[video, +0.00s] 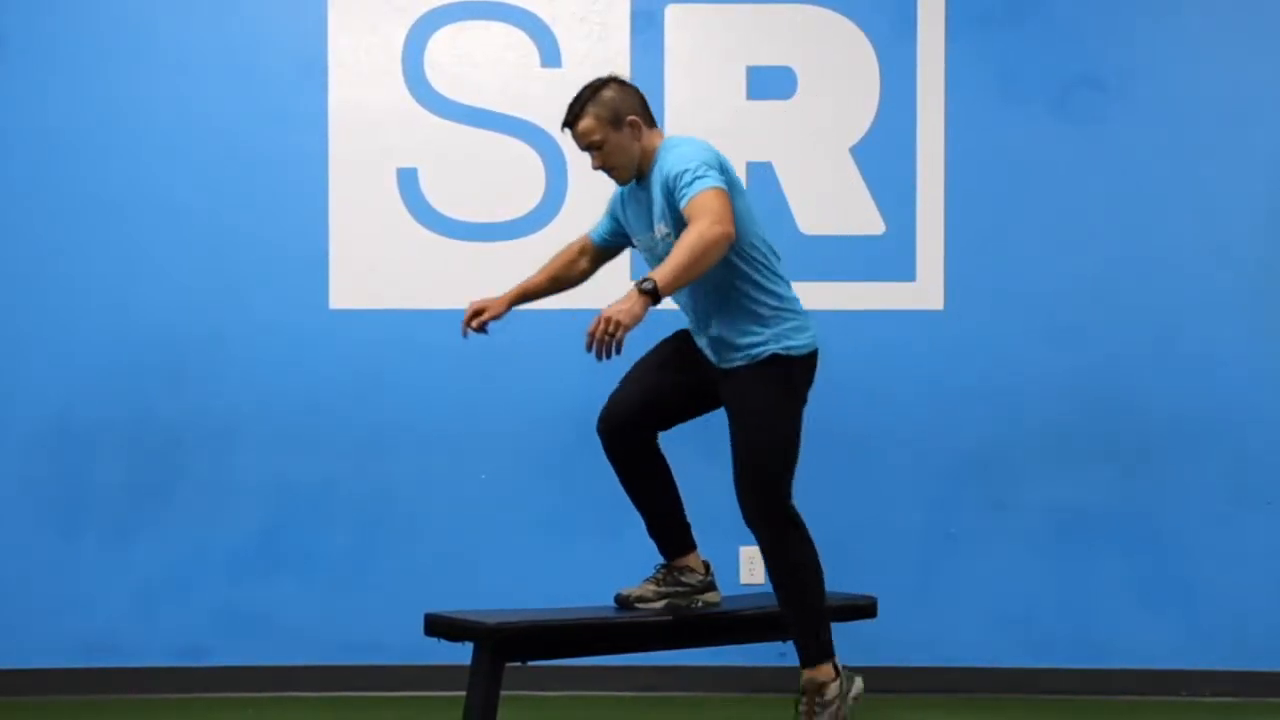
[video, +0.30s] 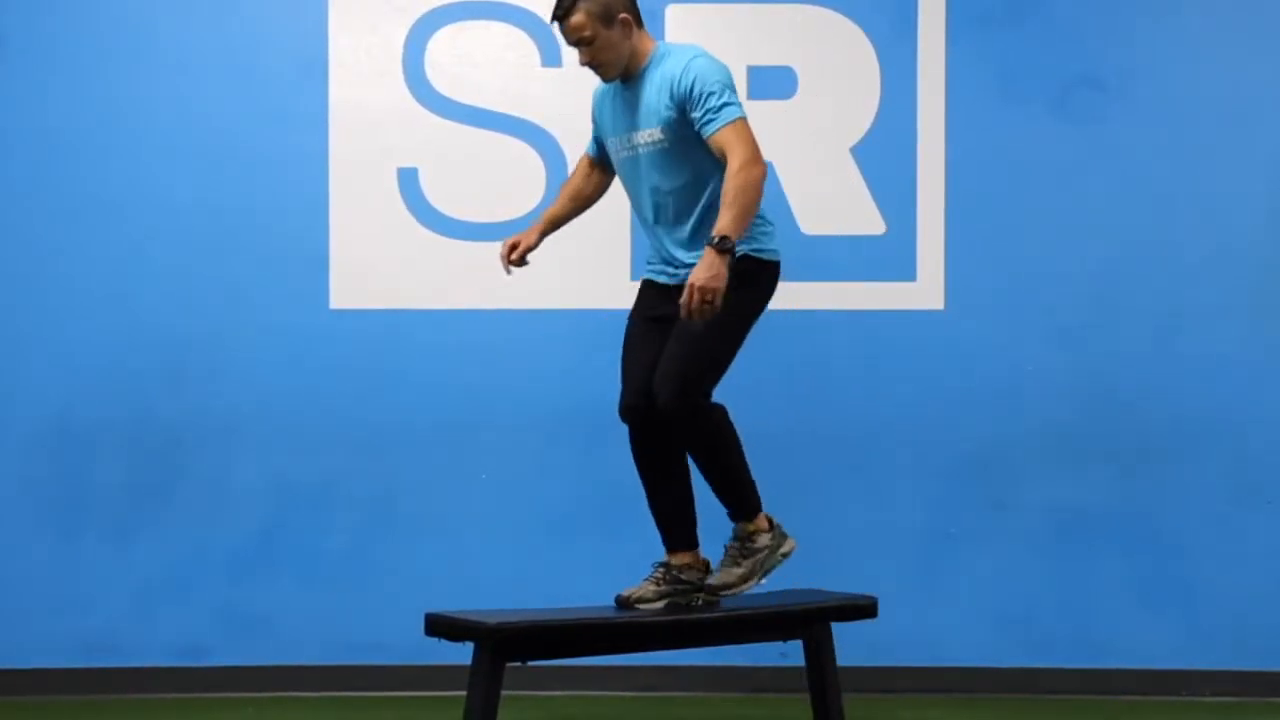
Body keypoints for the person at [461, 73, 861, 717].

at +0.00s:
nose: (592, 162)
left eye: (595, 146)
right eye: (585, 151)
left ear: (634, 126)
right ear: (622, 135)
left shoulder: (688, 162)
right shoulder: (631, 194)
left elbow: (715, 230)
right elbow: (584, 256)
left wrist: (641, 293)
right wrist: (509, 297)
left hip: (771, 348)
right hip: (709, 345)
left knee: (765, 504)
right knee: (622, 424)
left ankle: (822, 675)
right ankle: (686, 569)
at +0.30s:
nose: (581, 58)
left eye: (585, 42)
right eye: (574, 46)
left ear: (626, 22)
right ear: (597, 33)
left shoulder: (691, 71)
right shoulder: (609, 100)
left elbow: (747, 163)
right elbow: (594, 172)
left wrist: (719, 251)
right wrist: (537, 228)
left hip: (735, 261)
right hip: (666, 271)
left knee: (679, 394)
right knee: (639, 406)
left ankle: (757, 532)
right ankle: (684, 563)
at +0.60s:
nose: (587, 23)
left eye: (592, 9)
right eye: (582, 13)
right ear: (605, 10)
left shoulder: (703, 43)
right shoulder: (612, 69)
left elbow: (770, 134)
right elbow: (620, 160)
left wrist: (760, 226)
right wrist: (583, 231)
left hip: (711, 255)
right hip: (644, 267)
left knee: (694, 402)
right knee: (656, 411)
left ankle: (723, 563)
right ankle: (682, 561)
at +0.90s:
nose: (600, 15)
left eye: (605, 3)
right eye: (595, 7)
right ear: (613, 7)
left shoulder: (712, 38)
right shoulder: (621, 62)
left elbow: (767, 137)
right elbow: (631, 163)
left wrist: (745, 227)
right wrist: (592, 235)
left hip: (712, 261)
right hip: (646, 269)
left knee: (715, 407)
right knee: (660, 412)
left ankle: (729, 566)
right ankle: (679, 560)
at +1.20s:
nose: (609, 25)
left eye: (612, 10)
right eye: (602, 14)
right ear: (622, 9)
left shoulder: (717, 52)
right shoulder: (640, 56)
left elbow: (768, 149)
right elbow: (653, 163)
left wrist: (744, 244)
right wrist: (613, 226)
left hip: (708, 265)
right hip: (646, 265)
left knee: (710, 407)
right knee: (618, 393)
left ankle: (726, 565)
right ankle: (668, 544)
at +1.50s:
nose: (618, 71)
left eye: (625, 58)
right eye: (611, 60)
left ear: (663, 37)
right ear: (608, 49)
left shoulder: (724, 102)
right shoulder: (619, 91)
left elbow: (785, 198)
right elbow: (623, 175)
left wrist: (752, 277)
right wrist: (601, 253)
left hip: (703, 285)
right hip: (633, 288)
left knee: (667, 414)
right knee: (612, 429)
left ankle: (721, 569)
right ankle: (603, 581)